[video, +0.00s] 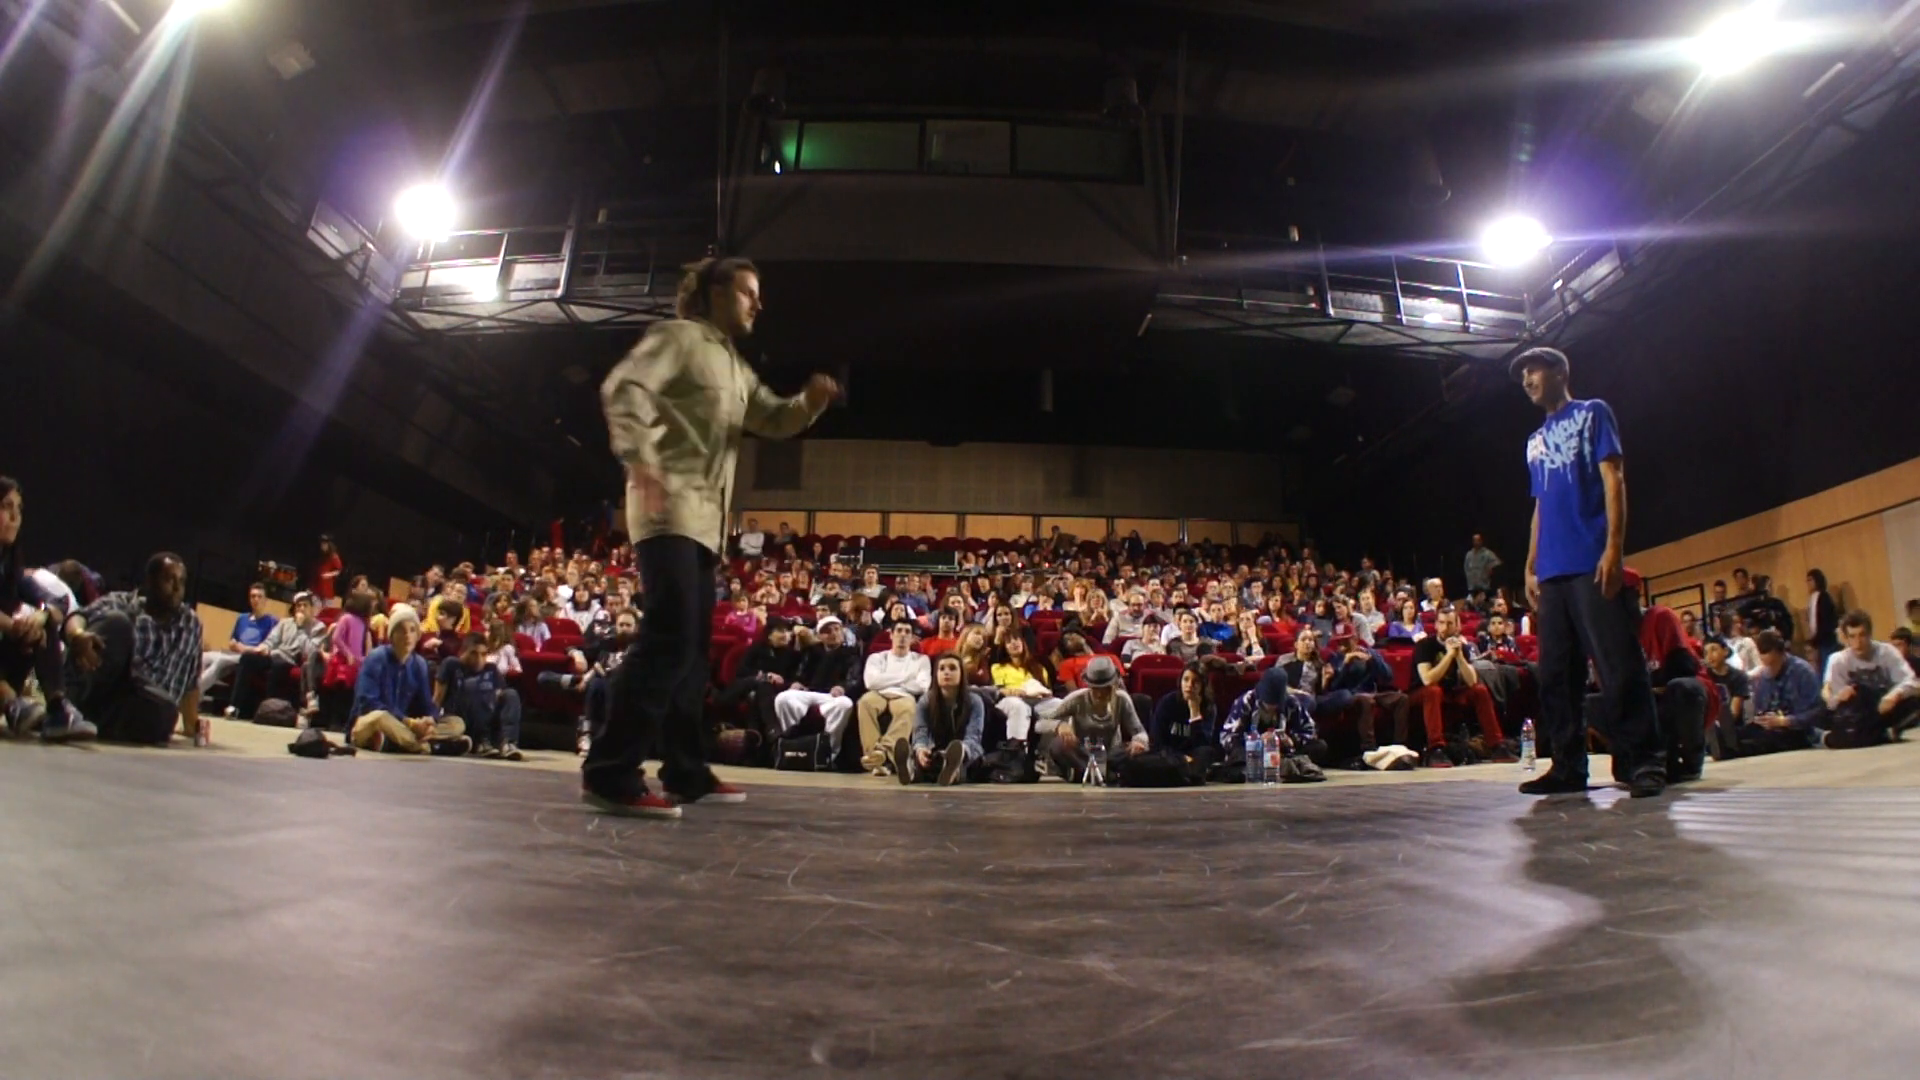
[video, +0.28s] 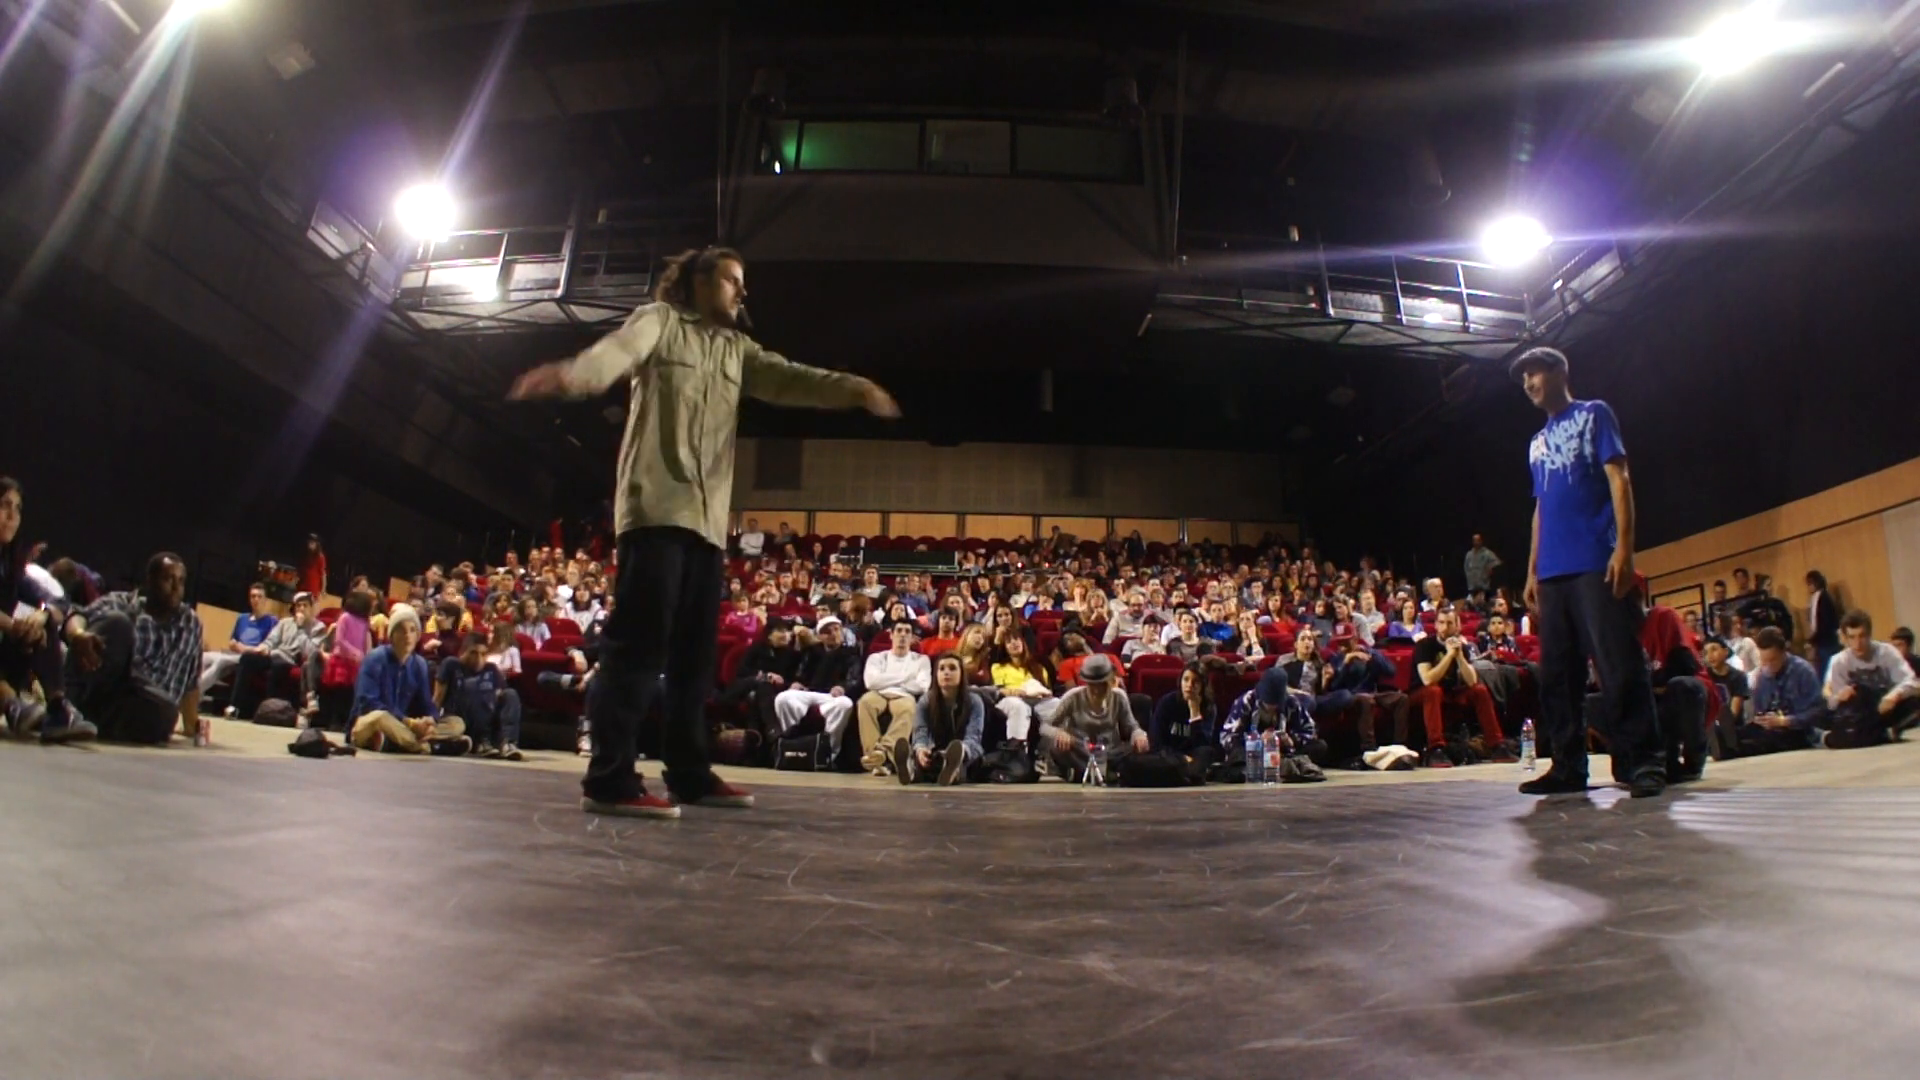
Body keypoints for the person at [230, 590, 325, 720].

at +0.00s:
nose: (302, 609)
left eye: (306, 606)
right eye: (299, 606)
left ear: (313, 609)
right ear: (295, 609)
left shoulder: (319, 628)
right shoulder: (285, 623)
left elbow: (309, 652)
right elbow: (271, 639)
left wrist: (301, 627)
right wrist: (264, 647)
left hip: (292, 661)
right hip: (273, 656)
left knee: (276, 667)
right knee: (248, 657)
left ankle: (269, 710)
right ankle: (235, 706)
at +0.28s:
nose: (301, 609)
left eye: (305, 606)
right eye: (298, 606)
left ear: (312, 608)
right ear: (294, 609)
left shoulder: (319, 628)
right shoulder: (285, 622)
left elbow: (310, 652)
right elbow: (271, 640)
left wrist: (301, 628)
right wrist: (264, 648)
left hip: (291, 659)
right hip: (273, 655)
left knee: (276, 667)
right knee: (248, 657)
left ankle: (270, 710)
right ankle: (235, 706)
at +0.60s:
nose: (301, 609)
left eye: (305, 606)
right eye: (298, 606)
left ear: (312, 609)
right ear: (294, 608)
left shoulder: (319, 628)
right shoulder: (285, 623)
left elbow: (311, 652)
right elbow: (271, 640)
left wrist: (301, 628)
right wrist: (264, 648)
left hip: (292, 660)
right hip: (273, 656)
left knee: (276, 665)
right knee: (247, 657)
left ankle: (270, 709)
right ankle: (235, 706)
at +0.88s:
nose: (301, 609)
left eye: (305, 606)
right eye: (298, 606)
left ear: (312, 609)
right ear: (294, 609)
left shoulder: (319, 628)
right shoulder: (285, 623)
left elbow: (311, 652)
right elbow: (271, 640)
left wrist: (301, 628)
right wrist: (264, 648)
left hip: (292, 660)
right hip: (273, 655)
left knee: (276, 665)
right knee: (248, 657)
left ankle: (270, 709)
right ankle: (235, 706)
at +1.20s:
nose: (302, 609)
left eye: (305, 606)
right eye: (298, 606)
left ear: (312, 609)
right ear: (294, 609)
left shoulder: (319, 628)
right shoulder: (286, 622)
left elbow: (310, 652)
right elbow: (271, 640)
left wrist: (301, 628)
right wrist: (264, 648)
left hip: (292, 660)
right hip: (273, 656)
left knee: (277, 665)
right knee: (248, 657)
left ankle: (270, 709)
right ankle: (235, 706)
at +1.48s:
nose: (302, 609)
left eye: (306, 606)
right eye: (298, 606)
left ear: (312, 609)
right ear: (294, 609)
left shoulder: (319, 628)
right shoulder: (286, 623)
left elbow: (310, 651)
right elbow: (271, 640)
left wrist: (301, 628)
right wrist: (264, 648)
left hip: (292, 660)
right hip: (273, 656)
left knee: (277, 665)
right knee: (248, 657)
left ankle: (271, 710)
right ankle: (235, 706)